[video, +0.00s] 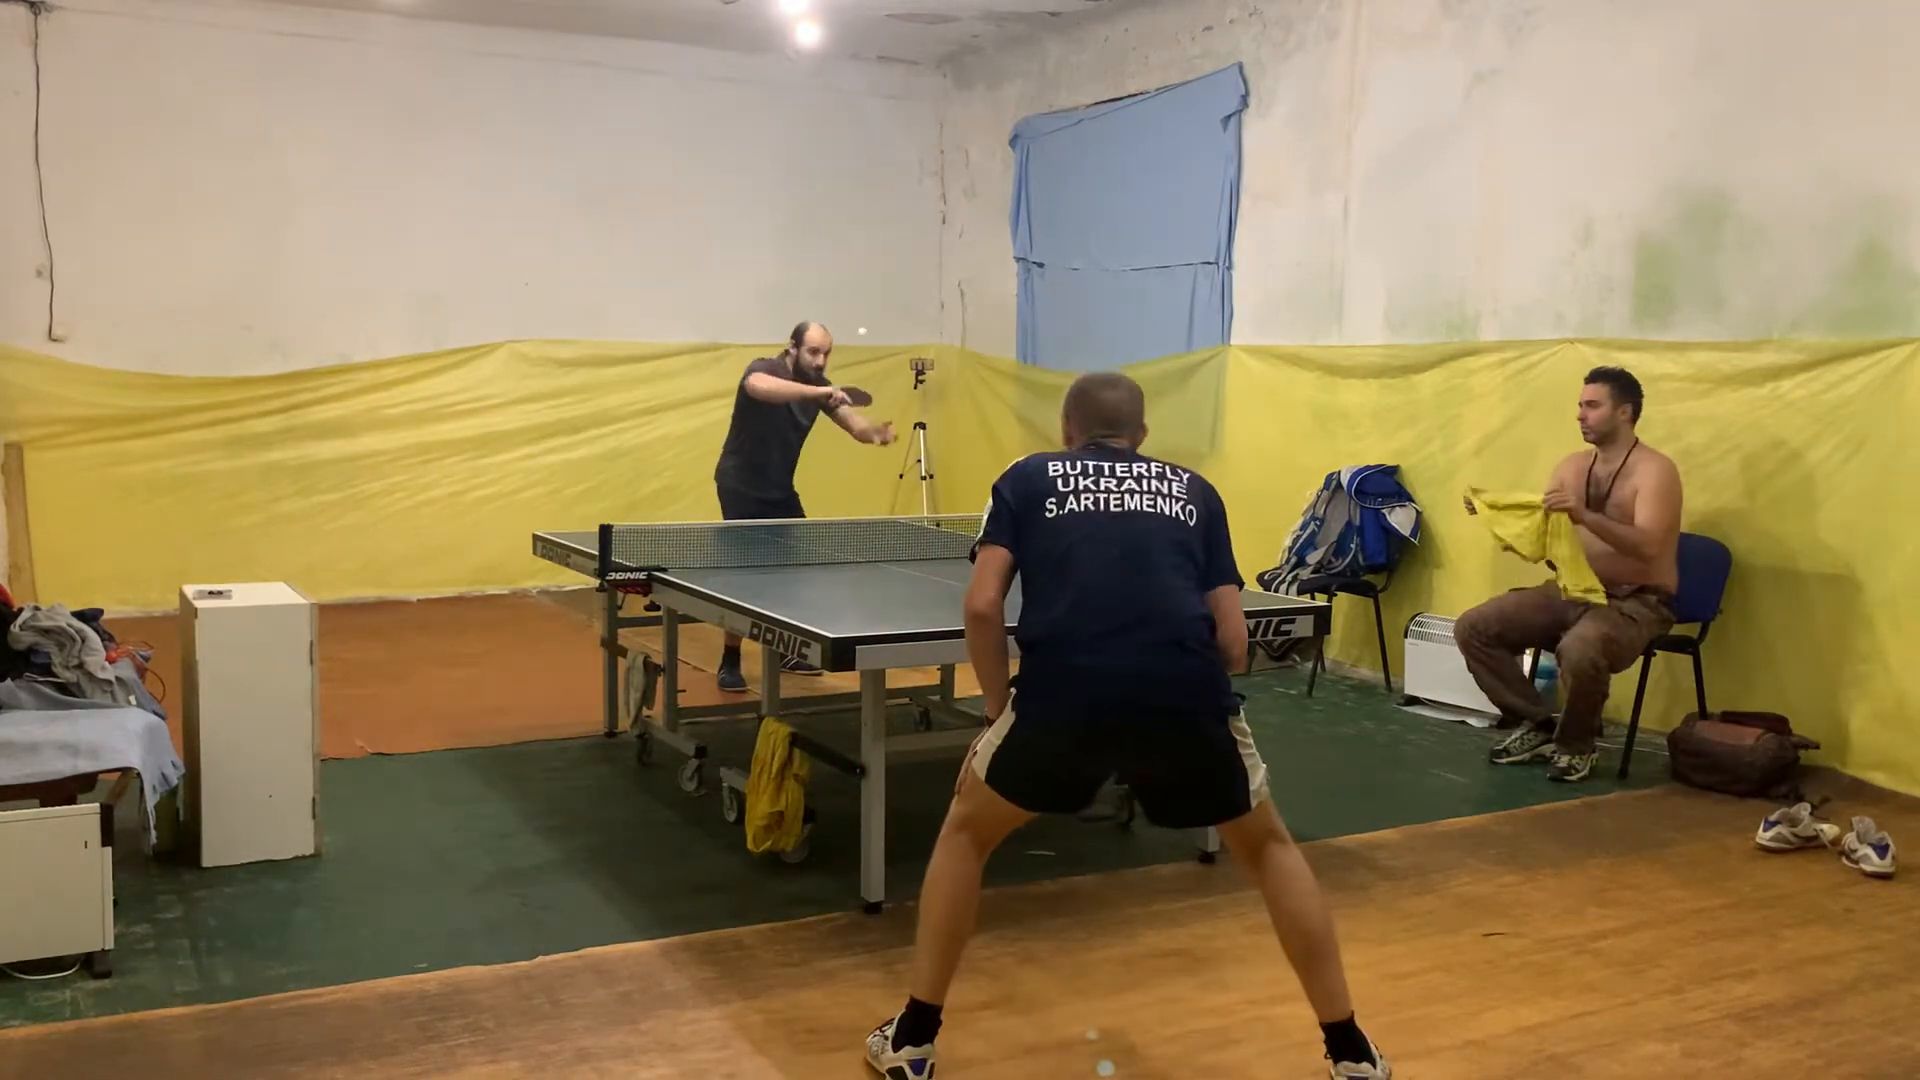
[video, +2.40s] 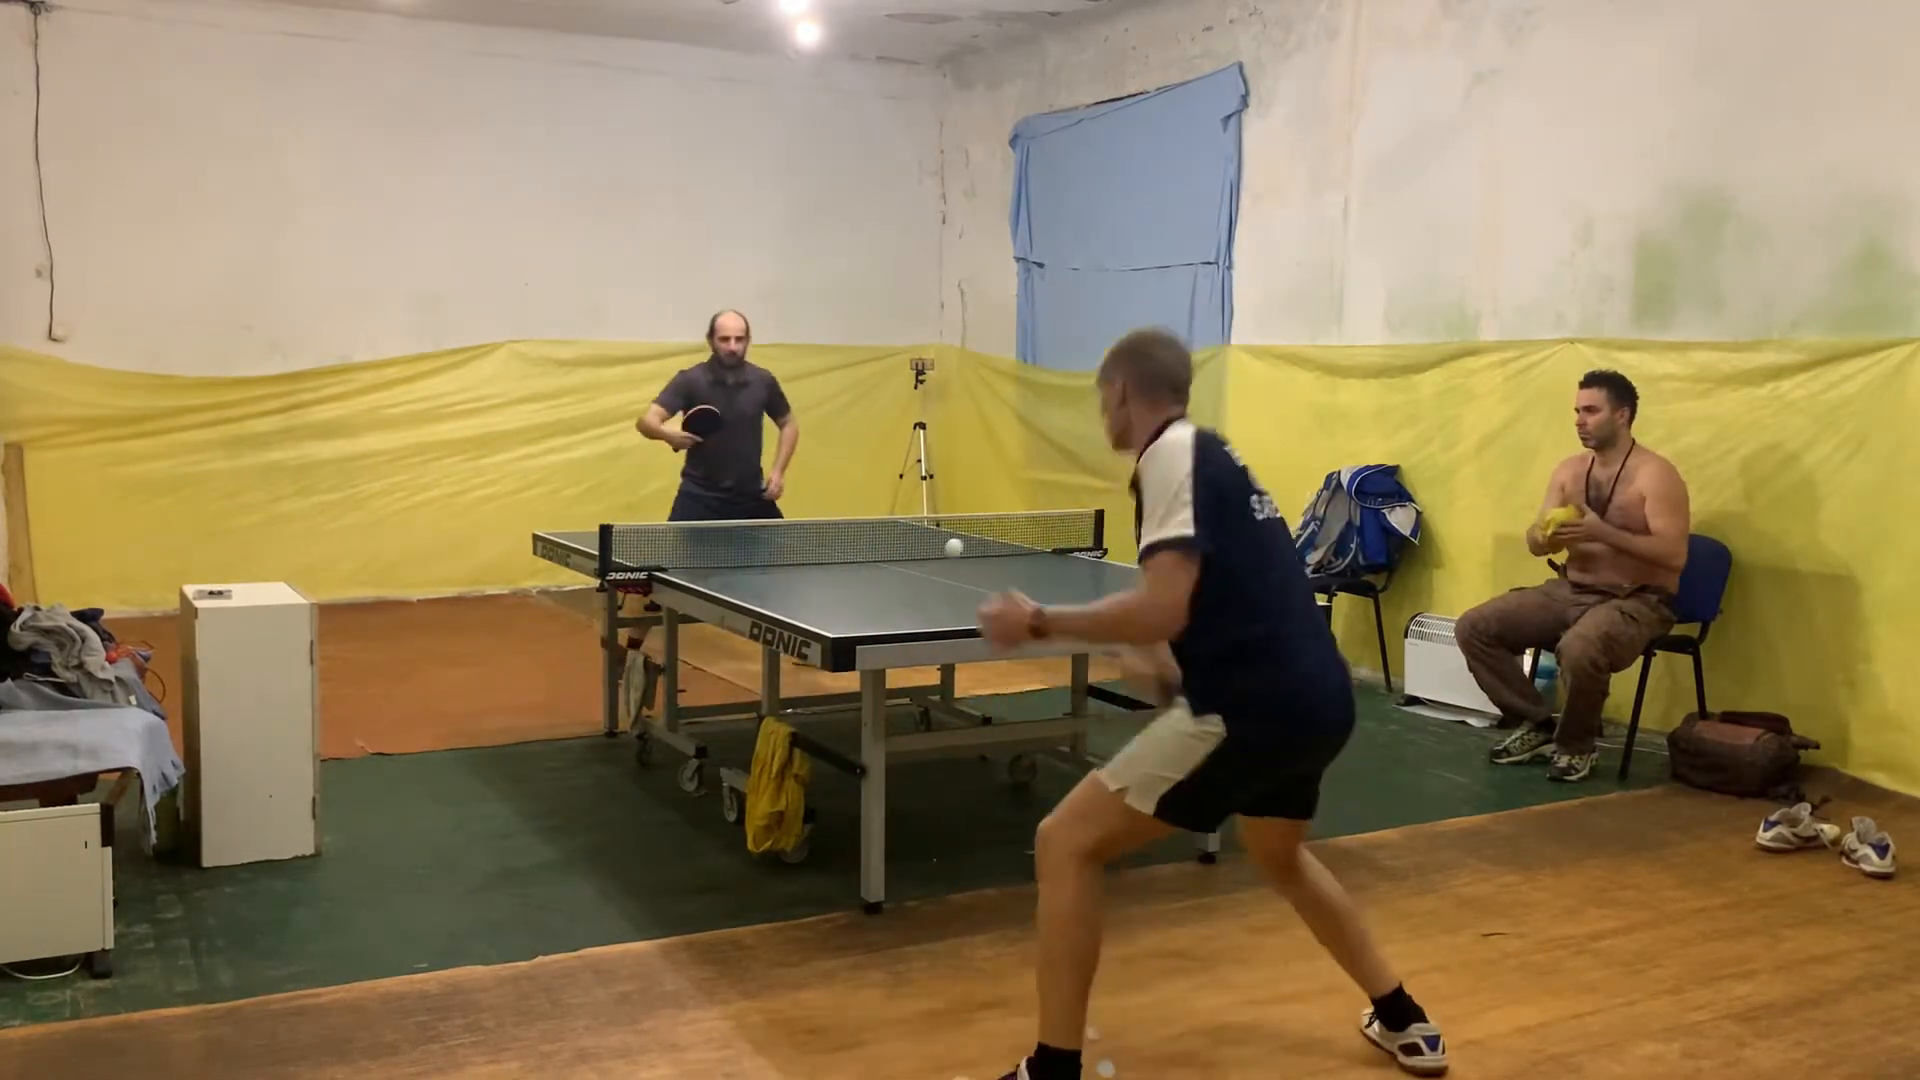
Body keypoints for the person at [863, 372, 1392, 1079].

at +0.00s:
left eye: (1060, 429)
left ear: (1068, 431)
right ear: (1144, 436)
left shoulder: (1028, 478)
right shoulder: (1193, 490)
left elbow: (982, 606)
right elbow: (1232, 640)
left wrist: (999, 710)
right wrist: (1190, 694)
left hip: (1062, 704)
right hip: (1185, 707)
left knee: (967, 835)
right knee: (1268, 847)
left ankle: (915, 1032)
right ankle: (1349, 1047)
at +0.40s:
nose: (1130, 348)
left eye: (1131, 336)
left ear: (1139, 341)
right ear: (1216, 345)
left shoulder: (1118, 410)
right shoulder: (1272, 419)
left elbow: (1095, 536)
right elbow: (1312, 565)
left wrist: (1042, 607)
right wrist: (1238, 579)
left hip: (1156, 670)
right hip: (1265, 670)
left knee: (1039, 824)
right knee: (1293, 845)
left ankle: (958, 1022)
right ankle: (1352, 1048)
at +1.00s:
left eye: (1146, 359)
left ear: (1148, 358)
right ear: (1221, 370)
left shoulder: (1110, 408)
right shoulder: (1262, 435)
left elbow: (1053, 531)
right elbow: (1281, 564)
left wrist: (1044, 572)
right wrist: (1313, 537)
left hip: (1141, 658)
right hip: (1245, 656)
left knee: (1057, 829)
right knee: (1256, 768)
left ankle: (1056, 1038)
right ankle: (1302, 935)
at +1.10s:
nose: (1163, 362)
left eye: (1163, 351)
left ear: (1162, 351)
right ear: (1234, 364)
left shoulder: (1123, 397)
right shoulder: (1271, 428)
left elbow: (1070, 513)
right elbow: (1278, 543)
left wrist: (1051, 578)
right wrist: (1311, 546)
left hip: (1151, 652)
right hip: (1250, 651)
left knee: (1077, 826)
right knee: (1255, 782)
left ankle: (1059, 1036)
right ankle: (1269, 921)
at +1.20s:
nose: (1167, 373)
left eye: (1169, 362)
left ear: (1176, 361)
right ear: (1242, 372)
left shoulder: (1154, 401)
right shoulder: (1276, 435)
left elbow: (1115, 509)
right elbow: (1261, 538)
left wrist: (1074, 581)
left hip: (1184, 645)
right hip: (1272, 643)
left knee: (1105, 818)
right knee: (1245, 764)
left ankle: (1064, 1033)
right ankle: (1264, 919)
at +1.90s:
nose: (1142, 338)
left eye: (1144, 327)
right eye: (1148, 327)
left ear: (1153, 327)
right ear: (1224, 334)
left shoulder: (1138, 378)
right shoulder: (1273, 404)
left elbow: (1108, 500)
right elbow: (1282, 520)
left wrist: (1058, 580)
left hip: (1179, 640)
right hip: (1278, 636)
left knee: (1087, 812)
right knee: (1280, 782)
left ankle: (1132, 1036)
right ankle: (1345, 957)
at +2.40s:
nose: (1102, 416)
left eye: (1102, 399)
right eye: (1101, 401)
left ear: (1123, 393)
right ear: (1178, 393)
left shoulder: (1174, 451)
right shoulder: (1215, 456)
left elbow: (1160, 608)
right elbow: (1248, 620)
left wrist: (1040, 623)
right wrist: (1167, 671)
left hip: (1247, 706)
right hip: (1312, 698)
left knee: (1065, 840)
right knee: (1279, 853)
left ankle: (1054, 1066)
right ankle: (1401, 1016)